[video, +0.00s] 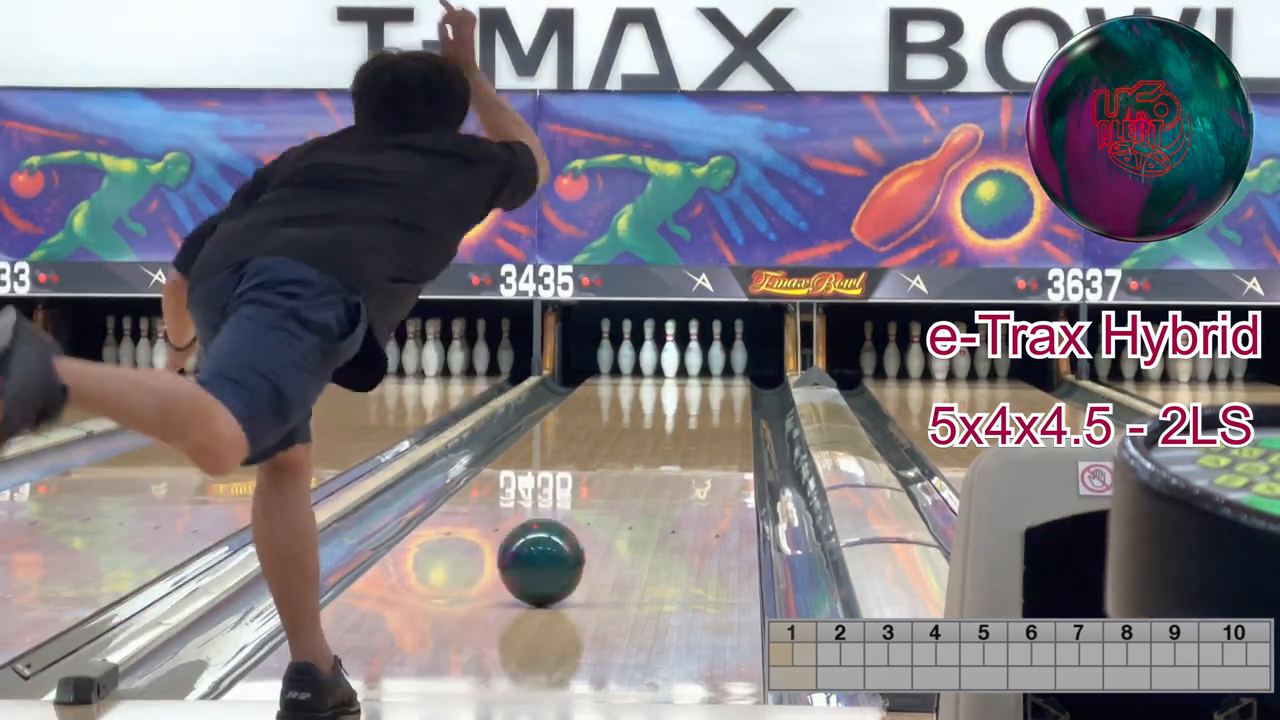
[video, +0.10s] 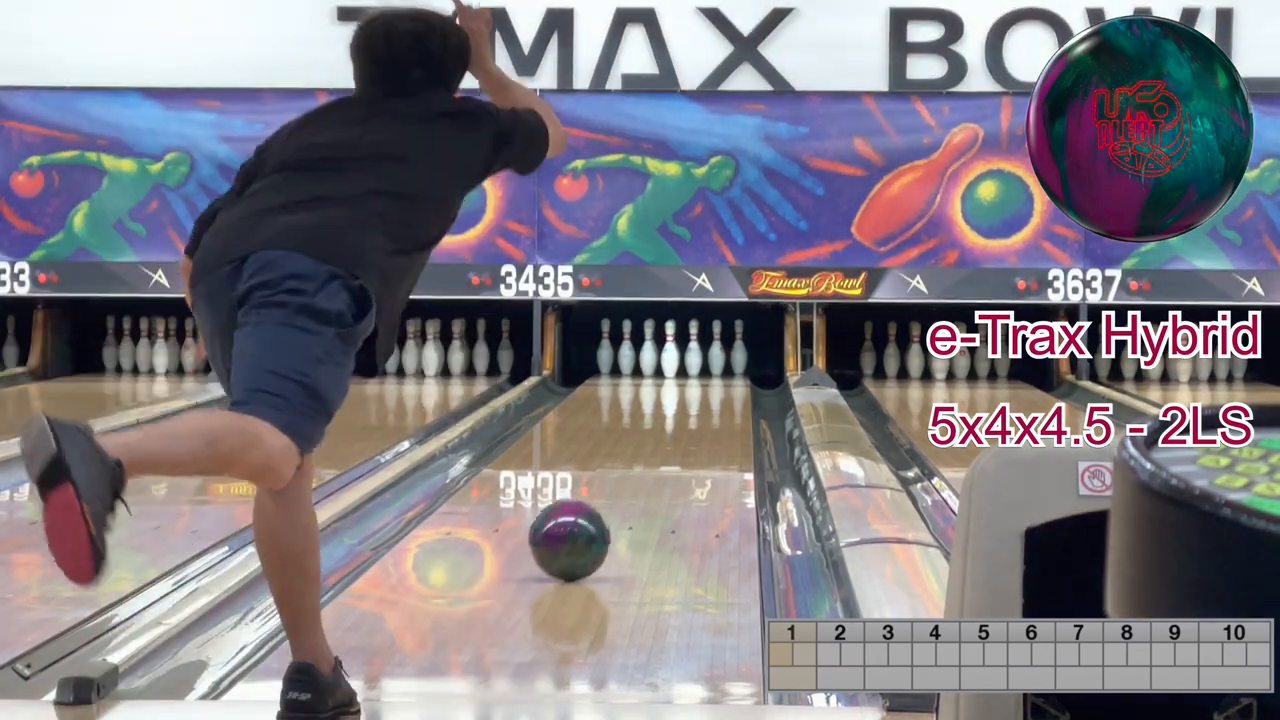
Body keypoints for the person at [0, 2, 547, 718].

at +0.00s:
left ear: (361, 115)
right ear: (448, 121)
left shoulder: (303, 157)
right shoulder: (460, 162)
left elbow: (181, 272)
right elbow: (528, 158)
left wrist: (180, 343)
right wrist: (474, 76)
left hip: (219, 271)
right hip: (311, 276)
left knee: (285, 465)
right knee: (225, 436)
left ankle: (311, 668)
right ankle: (51, 372)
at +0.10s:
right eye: (456, 73)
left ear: (366, 75)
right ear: (451, 81)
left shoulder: (310, 125)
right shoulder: (458, 127)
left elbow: (200, 244)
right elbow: (546, 131)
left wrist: (200, 314)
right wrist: (487, 69)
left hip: (219, 267)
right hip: (313, 264)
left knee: (286, 472)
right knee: (273, 444)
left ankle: (314, 672)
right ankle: (101, 454)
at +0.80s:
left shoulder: (254, 7)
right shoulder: (424, 2)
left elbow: (185, 131)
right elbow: (521, 71)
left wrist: (207, 251)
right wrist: (479, 5)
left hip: (223, 251)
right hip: (321, 244)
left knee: (272, 466)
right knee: (326, 459)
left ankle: (310, 667)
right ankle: (247, 673)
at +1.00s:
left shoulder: (230, 3)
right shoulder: (411, 4)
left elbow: (183, 140)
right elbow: (479, 115)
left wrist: (201, 257)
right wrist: (486, 55)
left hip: (226, 254)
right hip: (328, 251)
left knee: (274, 471)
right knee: (328, 477)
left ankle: (309, 663)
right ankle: (269, 694)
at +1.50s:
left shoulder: (194, 3)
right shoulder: (396, 2)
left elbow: (157, 124)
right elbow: (430, 119)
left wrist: (158, 257)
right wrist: (454, 220)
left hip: (218, 257)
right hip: (329, 262)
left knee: (238, 455)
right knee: (303, 479)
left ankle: (228, 673)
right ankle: (271, 696)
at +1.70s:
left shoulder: (187, 2)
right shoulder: (393, 3)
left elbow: (150, 121)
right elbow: (419, 127)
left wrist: (152, 250)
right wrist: (438, 245)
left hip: (207, 257)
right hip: (322, 266)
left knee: (217, 451)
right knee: (296, 482)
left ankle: (189, 668)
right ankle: (271, 696)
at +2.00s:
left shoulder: (177, 2)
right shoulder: (386, 3)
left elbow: (141, 120)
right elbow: (410, 130)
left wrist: (151, 250)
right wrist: (434, 262)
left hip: (197, 257)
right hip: (316, 266)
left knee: (200, 452)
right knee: (292, 482)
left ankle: (177, 672)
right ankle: (271, 695)